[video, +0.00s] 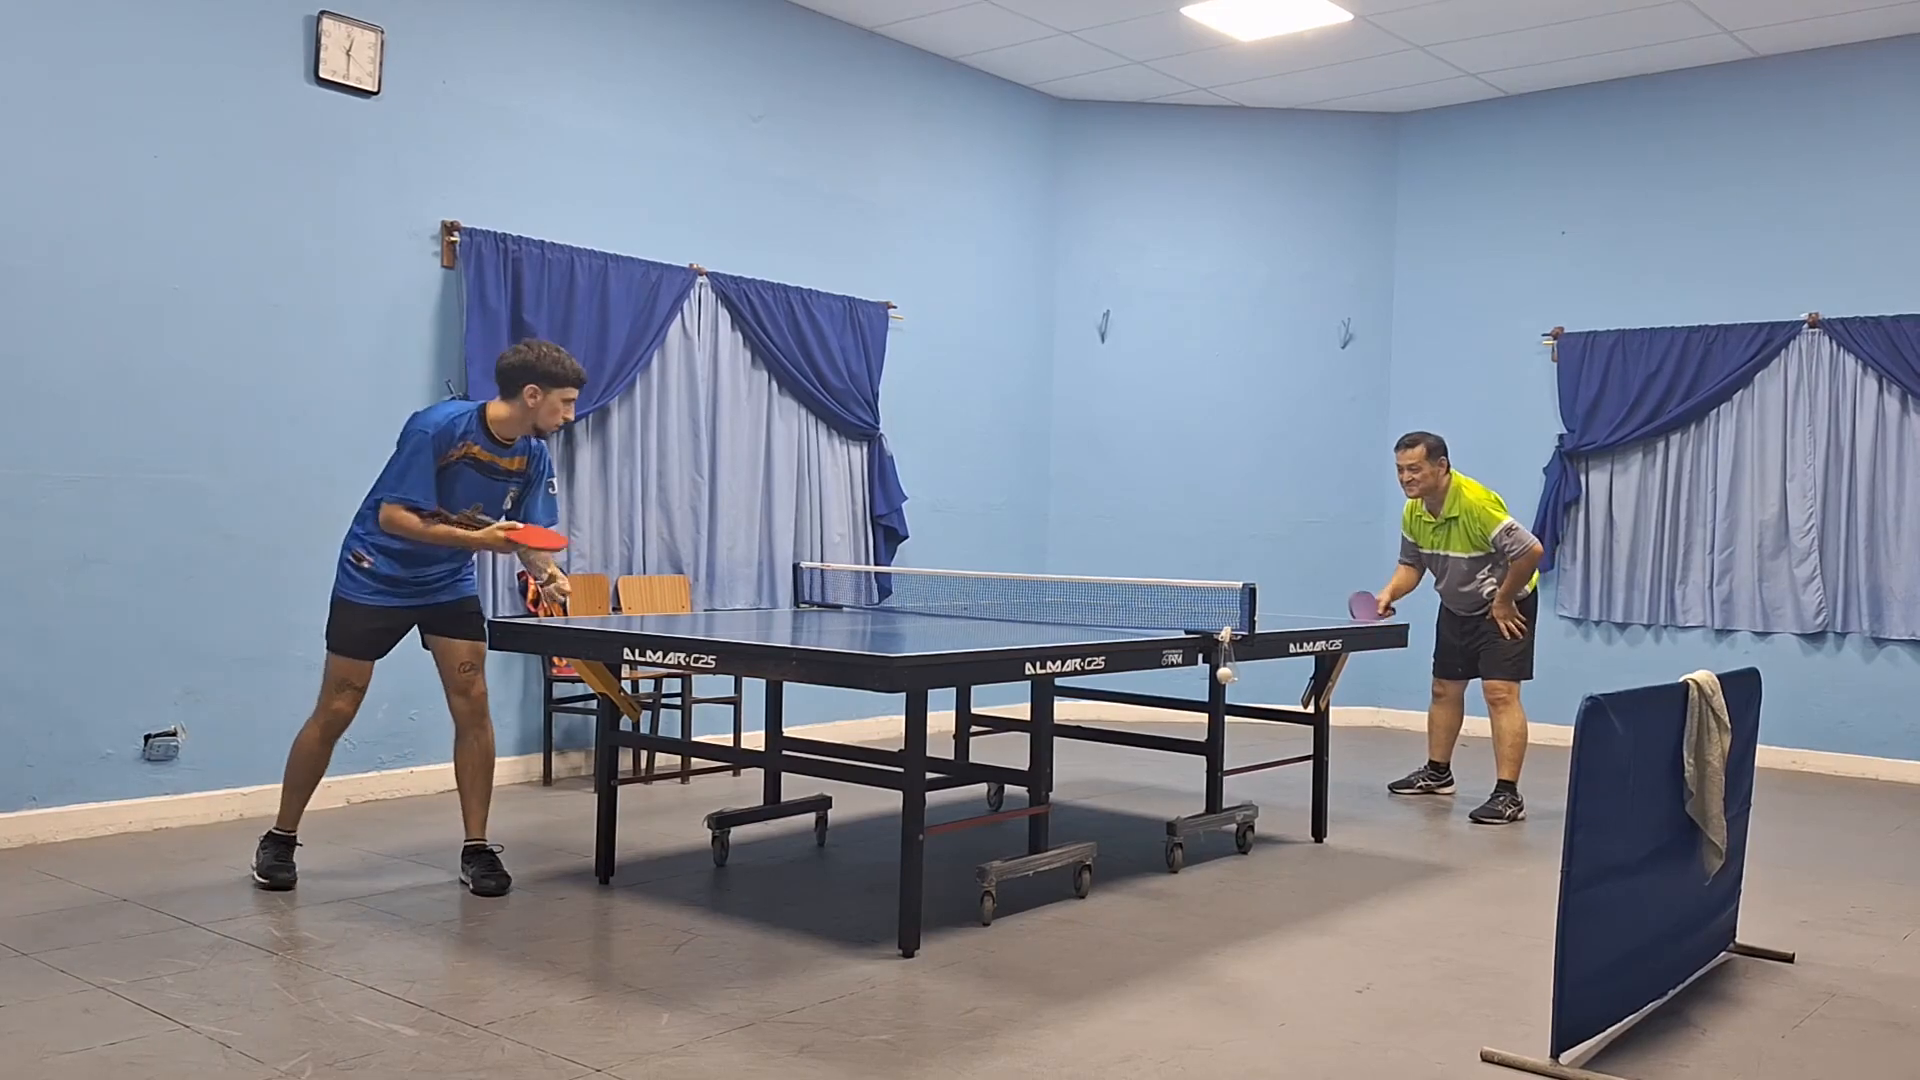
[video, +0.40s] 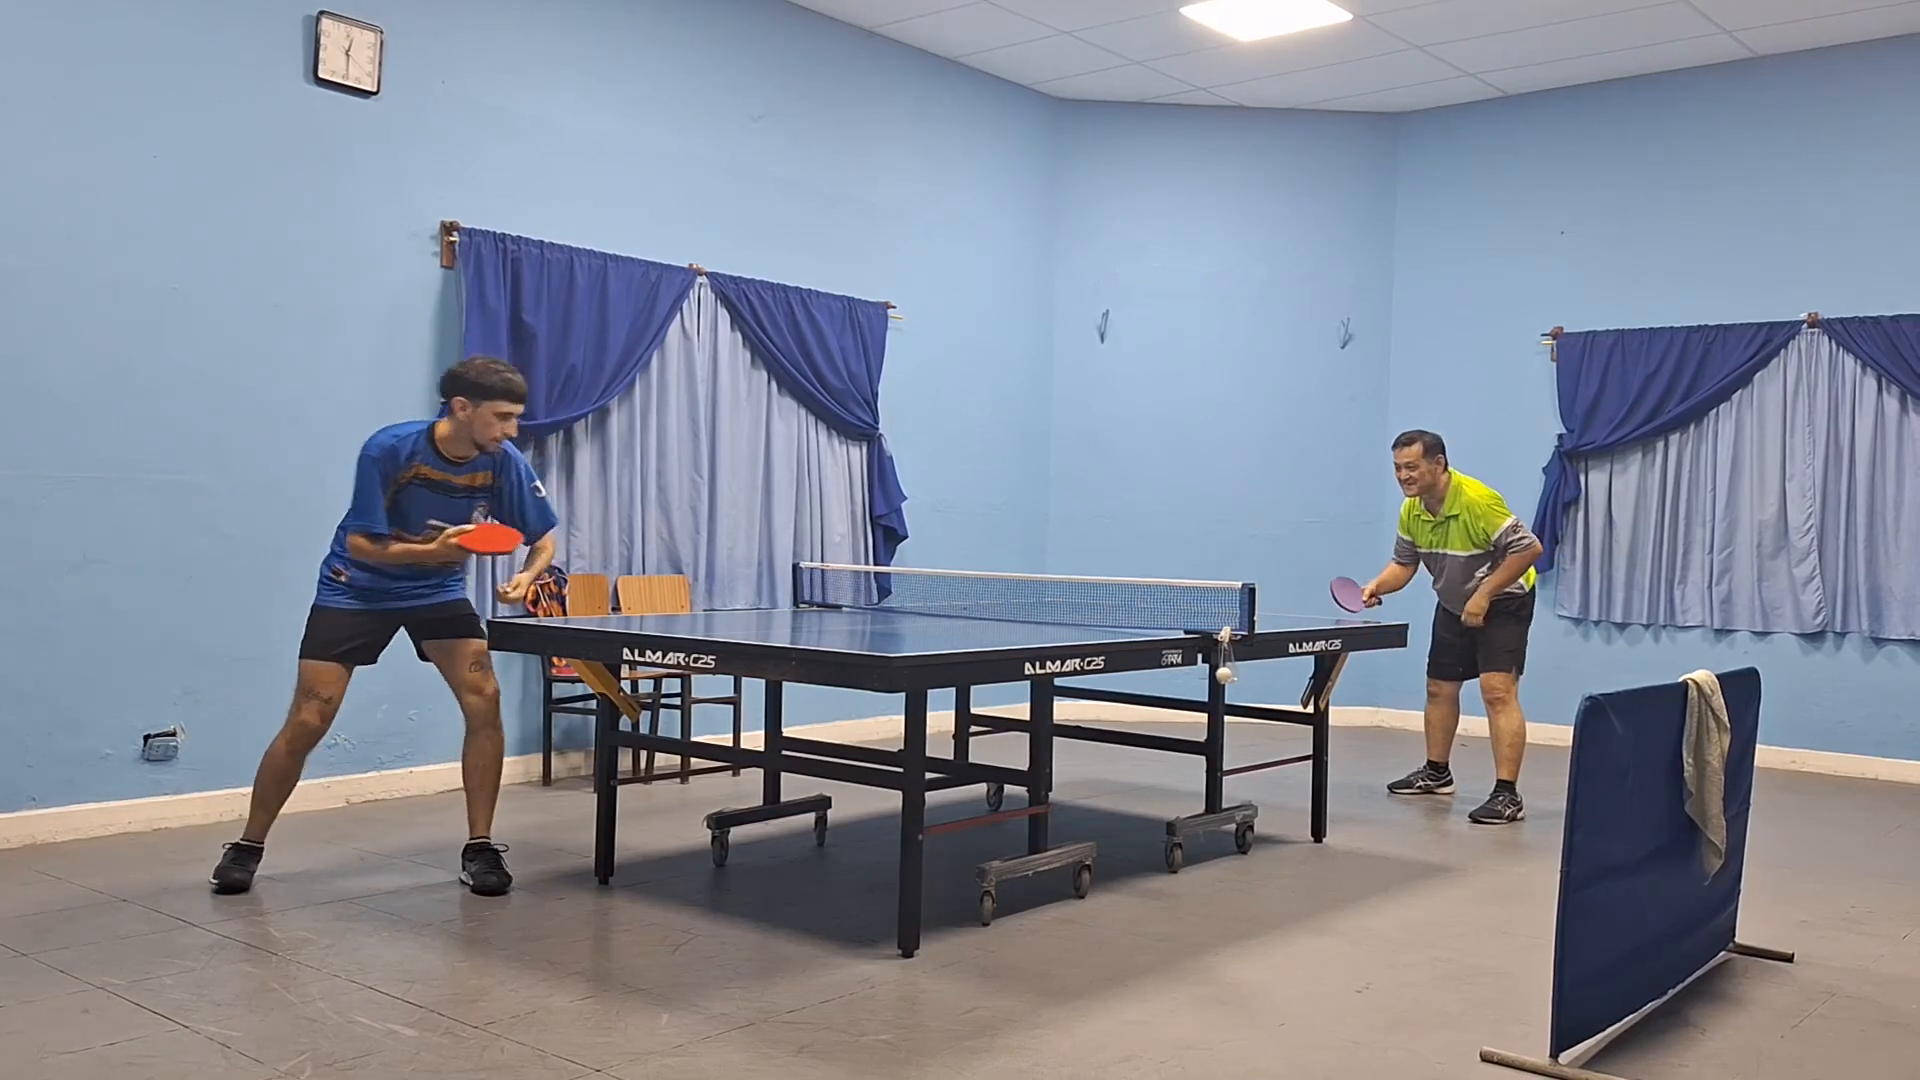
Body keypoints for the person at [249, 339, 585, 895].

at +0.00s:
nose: (570, 416)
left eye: (574, 404)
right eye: (566, 403)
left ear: (536, 399)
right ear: (531, 395)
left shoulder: (534, 458)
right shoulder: (436, 429)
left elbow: (528, 536)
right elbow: (391, 516)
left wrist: (547, 574)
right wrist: (472, 540)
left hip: (449, 580)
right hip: (374, 577)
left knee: (471, 696)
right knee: (337, 709)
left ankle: (477, 847)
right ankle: (281, 839)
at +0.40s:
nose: (512, 431)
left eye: (516, 419)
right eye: (503, 417)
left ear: (512, 417)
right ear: (461, 408)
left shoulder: (504, 462)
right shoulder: (387, 451)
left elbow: (545, 537)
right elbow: (361, 546)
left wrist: (529, 573)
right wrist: (432, 554)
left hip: (436, 590)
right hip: (354, 590)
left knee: (483, 695)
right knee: (310, 719)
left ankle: (480, 847)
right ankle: (248, 845)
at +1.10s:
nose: (500, 497)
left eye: (505, 485)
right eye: (489, 485)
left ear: (511, 480)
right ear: (449, 477)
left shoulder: (502, 514)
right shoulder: (390, 509)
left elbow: (531, 577)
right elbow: (371, 617)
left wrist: (546, 583)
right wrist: (441, 597)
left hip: (428, 619)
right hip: (349, 620)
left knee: (494, 705)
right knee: (287, 746)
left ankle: (492, 848)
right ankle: (245, 851)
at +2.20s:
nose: (478, 477)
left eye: (482, 465)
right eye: (465, 467)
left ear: (487, 466)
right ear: (425, 471)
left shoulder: (479, 507)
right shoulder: (369, 515)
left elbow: (515, 540)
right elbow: (358, 611)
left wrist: (560, 542)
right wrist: (428, 604)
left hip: (423, 640)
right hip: (345, 640)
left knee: (504, 713)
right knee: (282, 767)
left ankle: (488, 850)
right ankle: (247, 851)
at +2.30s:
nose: (455, 439)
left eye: (458, 428)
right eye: (439, 430)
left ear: (463, 432)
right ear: (401, 441)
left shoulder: (467, 477)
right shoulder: (357, 491)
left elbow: (520, 486)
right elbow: (353, 591)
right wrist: (416, 562)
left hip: (423, 623)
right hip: (342, 627)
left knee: (497, 712)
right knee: (280, 761)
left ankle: (488, 850)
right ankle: (245, 851)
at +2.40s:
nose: (428, 407)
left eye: (429, 397)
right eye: (412, 399)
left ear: (435, 404)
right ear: (374, 416)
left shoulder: (446, 446)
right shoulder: (337, 471)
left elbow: (511, 439)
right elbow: (330, 575)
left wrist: (541, 383)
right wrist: (376, 530)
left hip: (418, 611)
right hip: (336, 618)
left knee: (487, 709)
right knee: (276, 752)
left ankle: (488, 849)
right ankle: (244, 850)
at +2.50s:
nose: (396, 385)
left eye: (398, 375)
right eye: (379, 378)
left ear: (405, 385)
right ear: (345, 398)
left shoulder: (431, 433)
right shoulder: (314, 455)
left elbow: (509, 428)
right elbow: (278, 556)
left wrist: (548, 380)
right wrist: (298, 516)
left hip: (408, 604)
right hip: (324, 609)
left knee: (474, 708)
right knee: (268, 747)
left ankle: (487, 849)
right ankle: (243, 849)